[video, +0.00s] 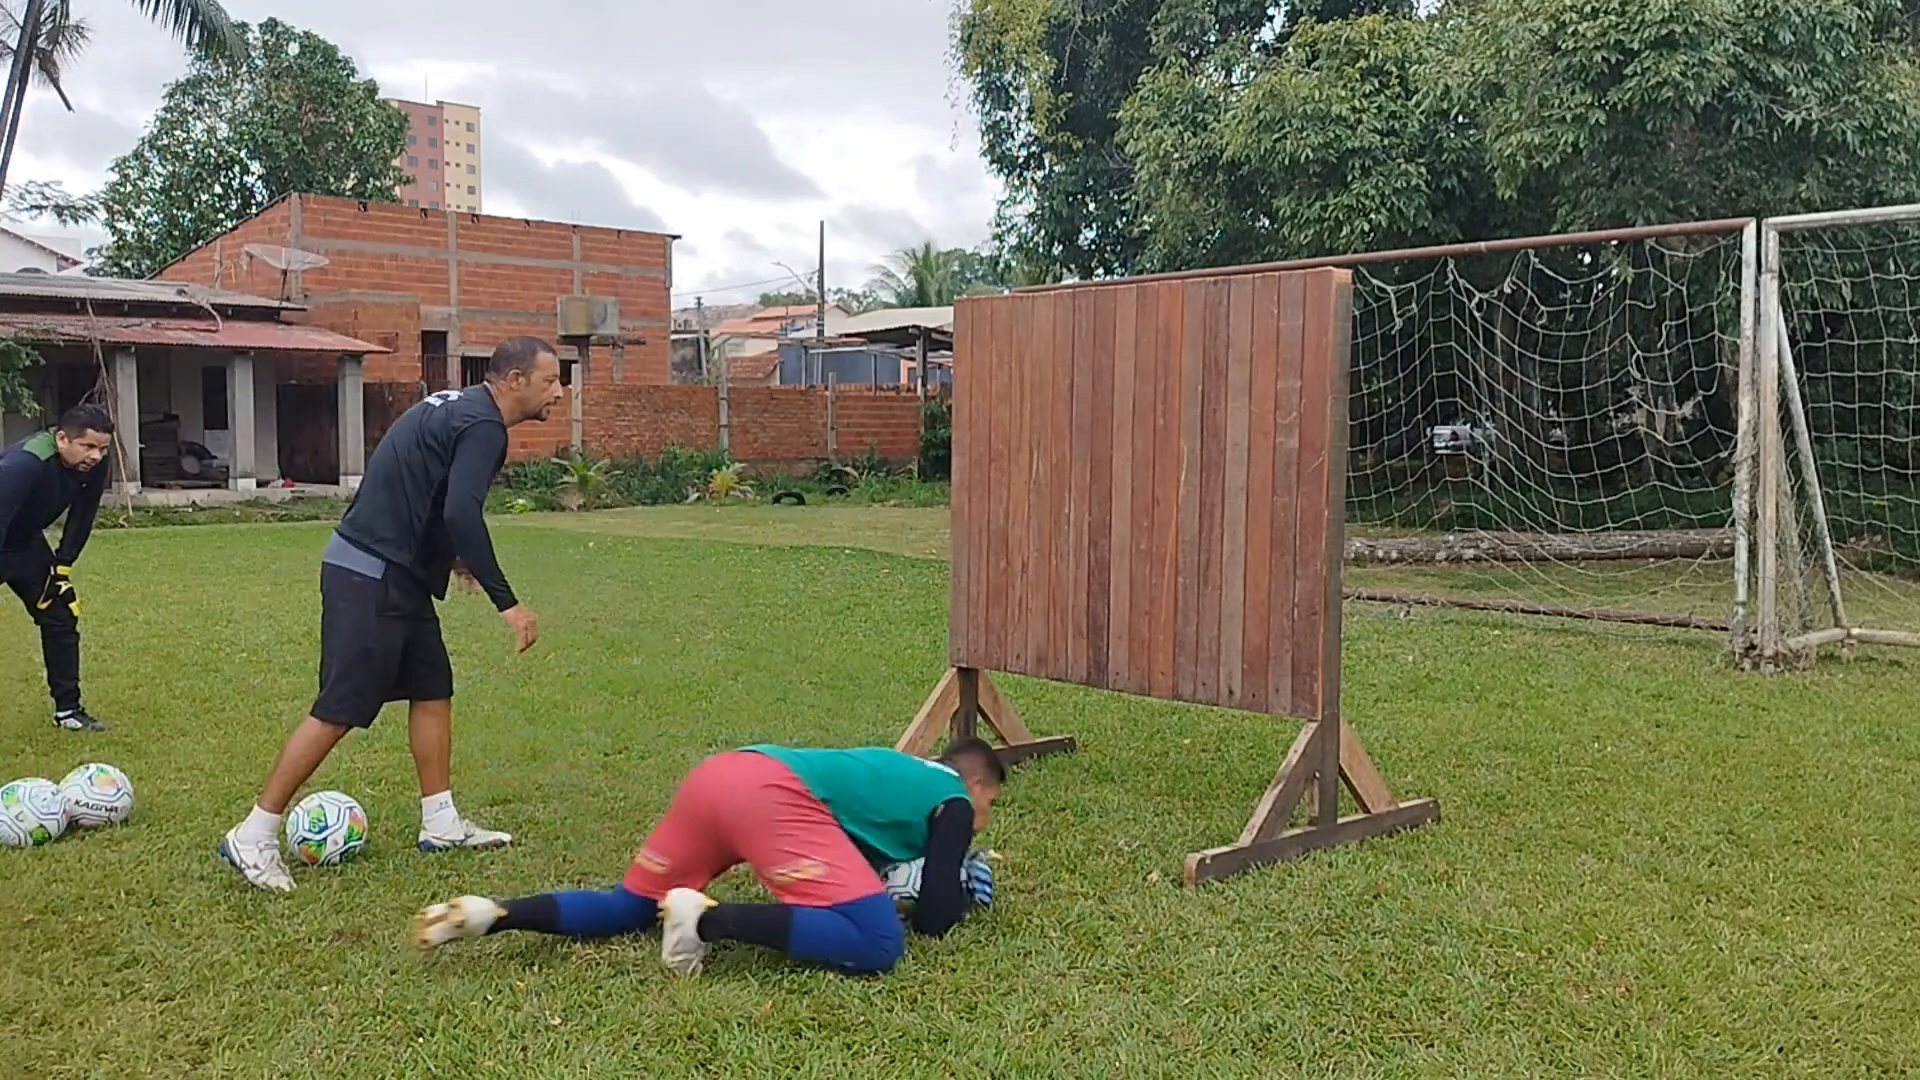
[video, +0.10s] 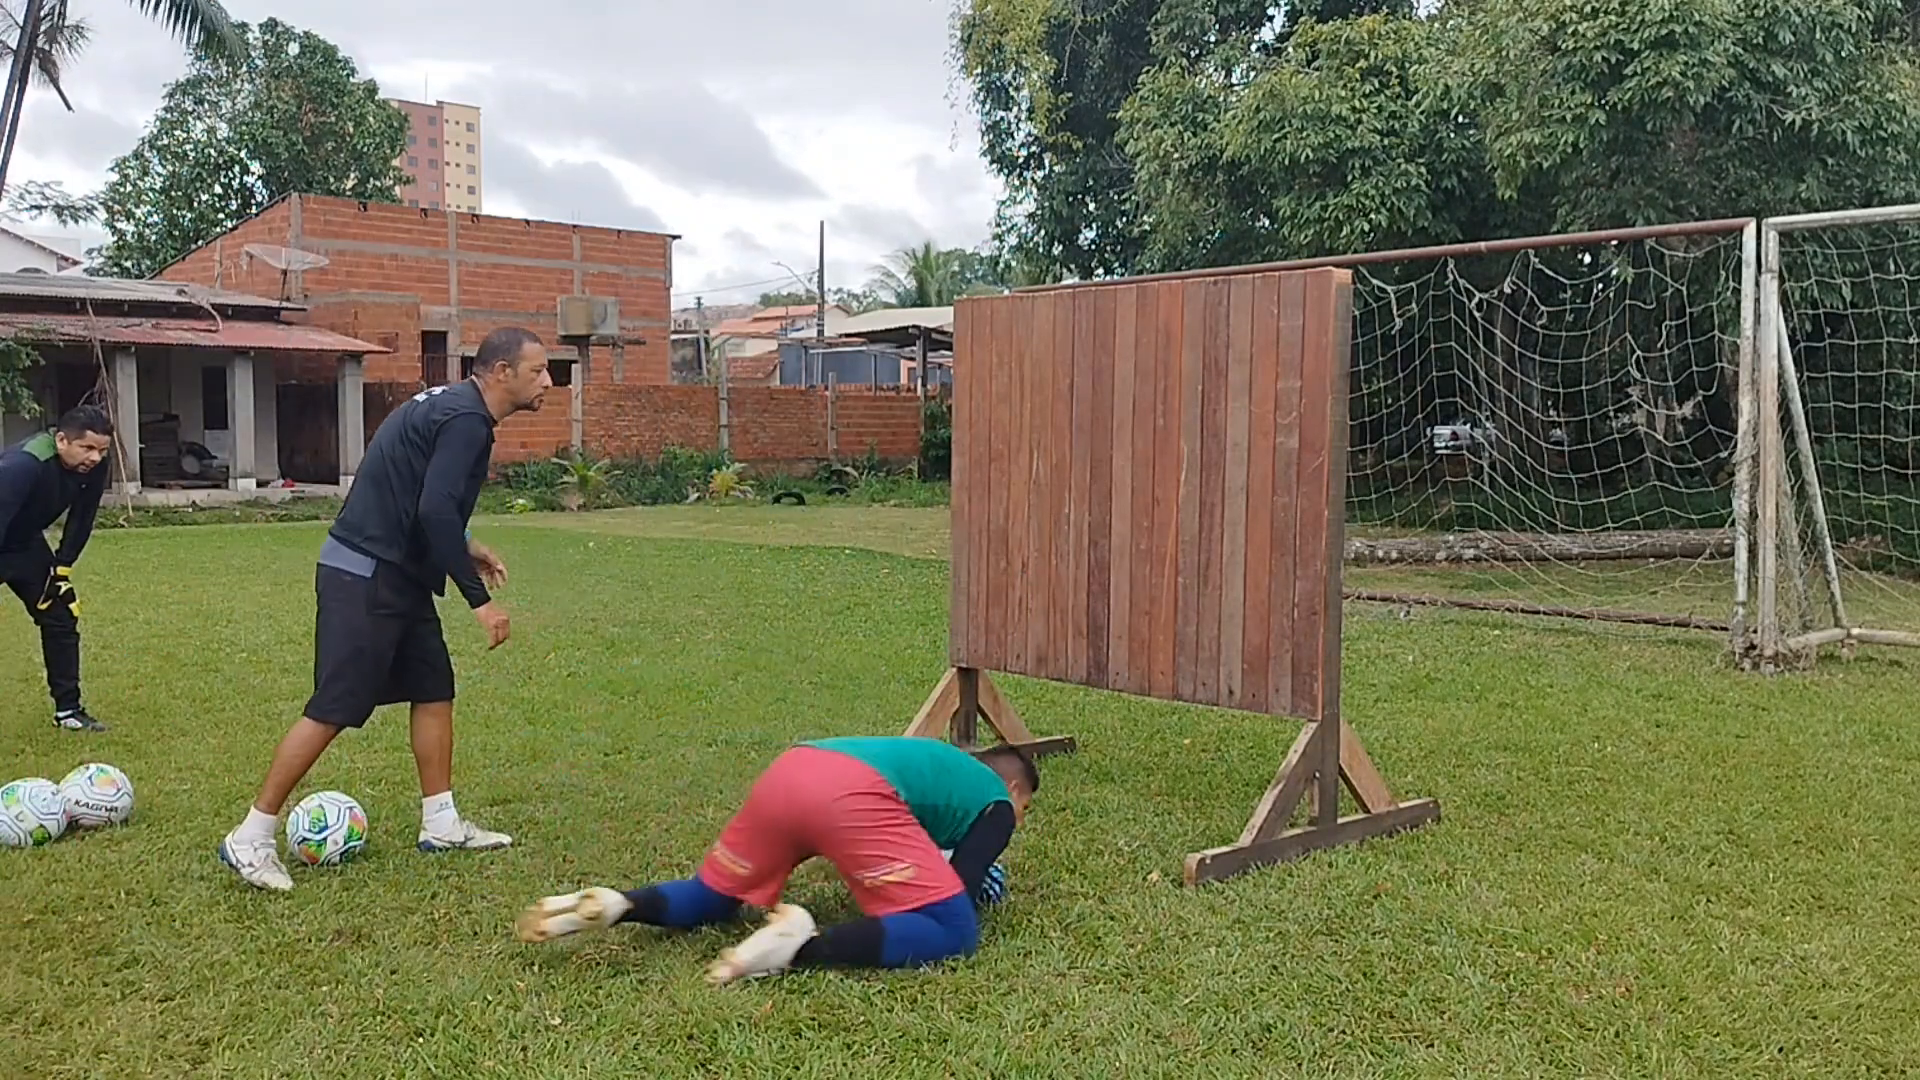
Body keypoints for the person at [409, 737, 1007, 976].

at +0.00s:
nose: (982, 817)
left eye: (985, 808)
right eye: (988, 805)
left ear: (948, 766)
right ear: (976, 786)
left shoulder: (891, 775)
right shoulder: (953, 798)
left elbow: (848, 868)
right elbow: (935, 918)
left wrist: (907, 881)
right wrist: (959, 895)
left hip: (715, 770)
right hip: (770, 785)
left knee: (633, 903)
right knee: (874, 941)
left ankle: (495, 914)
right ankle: (704, 919)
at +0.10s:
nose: (1016, 808)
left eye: (1018, 799)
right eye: (1021, 799)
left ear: (983, 762)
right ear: (1014, 787)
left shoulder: (930, 764)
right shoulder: (998, 801)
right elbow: (952, 886)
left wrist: (966, 877)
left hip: (791, 765)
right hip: (855, 786)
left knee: (707, 895)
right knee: (951, 930)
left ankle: (615, 905)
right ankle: (802, 944)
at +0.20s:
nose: (1020, 773)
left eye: (1021, 765)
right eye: (1023, 766)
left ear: (983, 737)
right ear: (1015, 757)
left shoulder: (922, 737)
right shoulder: (1014, 781)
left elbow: (891, 853)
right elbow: (965, 863)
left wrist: (919, 899)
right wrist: (923, 919)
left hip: (836, 767)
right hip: (913, 795)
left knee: (806, 879)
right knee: (1003, 906)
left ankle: (729, 902)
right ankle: (909, 937)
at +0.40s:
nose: (958, 634)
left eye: (956, 627)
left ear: (951, 625)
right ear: (1007, 626)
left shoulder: (918, 661)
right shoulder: (1040, 665)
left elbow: (899, 739)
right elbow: (1055, 749)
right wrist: (1024, 815)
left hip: (884, 783)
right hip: (966, 798)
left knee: (867, 888)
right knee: (1036, 912)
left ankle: (776, 916)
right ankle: (960, 937)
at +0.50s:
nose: (928, 583)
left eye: (928, 576)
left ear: (933, 576)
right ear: (987, 580)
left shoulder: (905, 614)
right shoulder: (1029, 617)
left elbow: (842, 683)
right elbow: (1059, 670)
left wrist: (865, 758)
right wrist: (1051, 750)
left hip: (890, 772)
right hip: (973, 794)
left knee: (838, 835)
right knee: (1037, 909)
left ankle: (775, 895)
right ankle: (972, 936)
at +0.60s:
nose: (882, 559)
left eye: (881, 552)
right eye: (883, 553)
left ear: (891, 549)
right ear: (944, 547)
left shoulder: (875, 583)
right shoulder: (997, 596)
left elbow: (791, 640)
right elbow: (1030, 684)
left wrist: (844, 697)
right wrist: (1008, 742)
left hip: (887, 778)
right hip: (974, 792)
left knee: (831, 741)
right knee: (1033, 911)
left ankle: (819, 880)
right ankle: (973, 939)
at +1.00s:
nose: (806, 437)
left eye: (799, 433)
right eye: (805, 430)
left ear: (744, 436)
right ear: (802, 429)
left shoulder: (715, 497)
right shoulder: (832, 470)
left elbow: (720, 610)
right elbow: (885, 571)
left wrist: (766, 645)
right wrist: (882, 598)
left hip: (774, 712)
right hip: (849, 697)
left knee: (845, 753)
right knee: (922, 797)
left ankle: (888, 876)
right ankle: (869, 862)